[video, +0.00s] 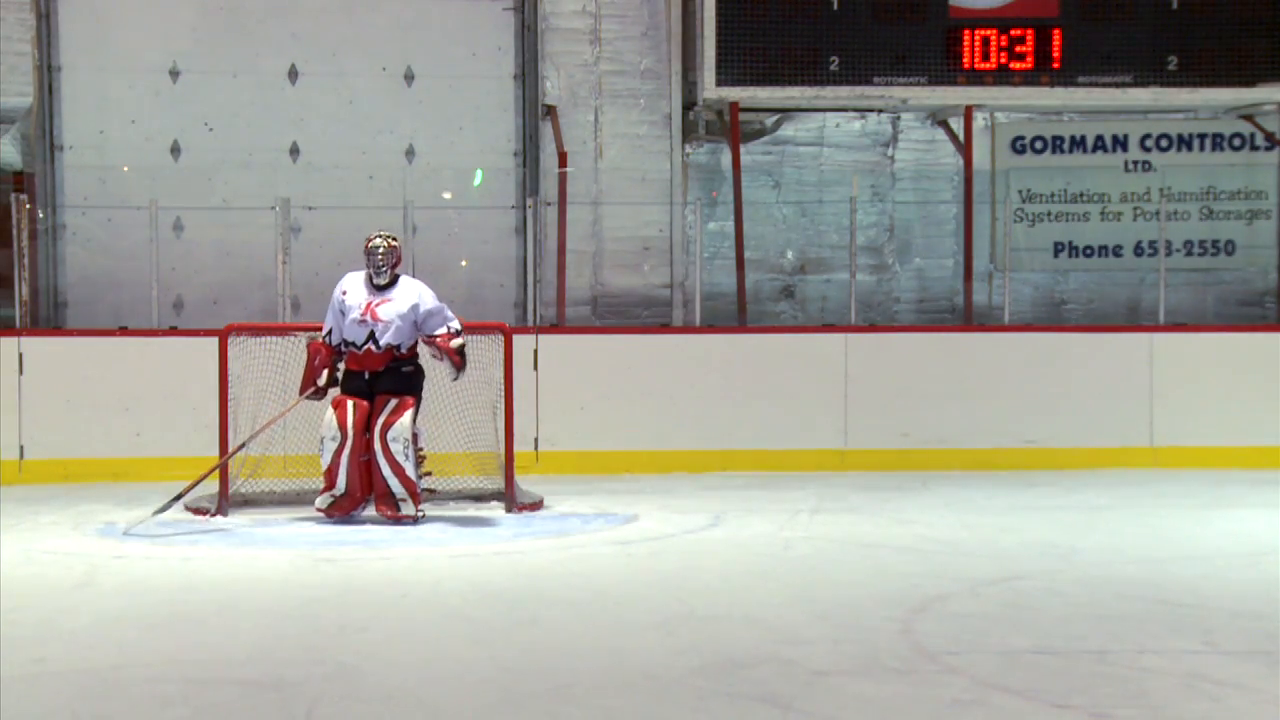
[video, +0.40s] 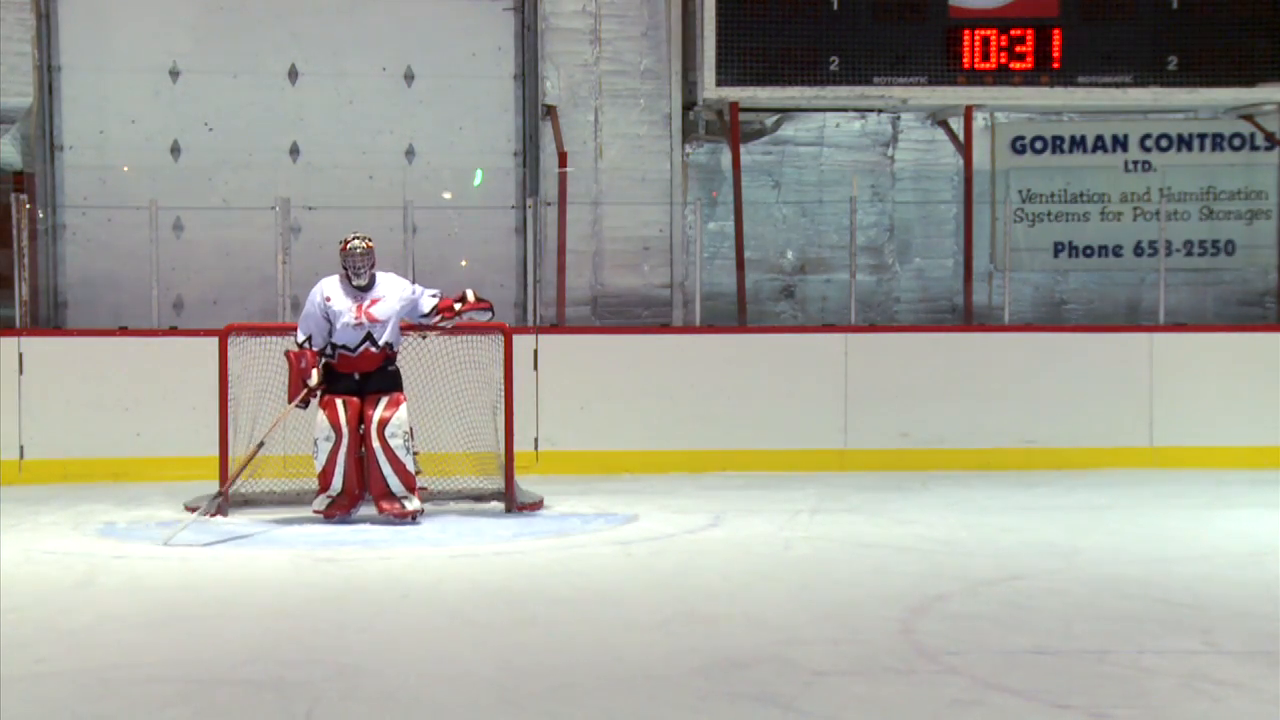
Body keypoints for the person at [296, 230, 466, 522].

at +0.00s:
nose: (380, 262)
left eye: (386, 256)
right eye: (374, 256)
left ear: (397, 259)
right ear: (366, 259)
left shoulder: (416, 293)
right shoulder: (348, 286)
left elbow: (446, 326)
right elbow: (332, 336)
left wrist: (452, 346)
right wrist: (323, 373)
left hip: (398, 379)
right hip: (356, 378)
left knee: (390, 434)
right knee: (341, 431)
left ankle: (399, 504)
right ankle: (342, 501)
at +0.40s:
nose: (359, 266)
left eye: (364, 260)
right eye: (353, 260)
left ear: (373, 260)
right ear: (343, 263)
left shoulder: (394, 287)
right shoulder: (325, 292)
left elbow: (428, 305)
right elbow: (309, 339)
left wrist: (459, 302)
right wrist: (310, 374)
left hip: (382, 376)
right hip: (340, 378)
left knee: (391, 434)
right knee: (335, 436)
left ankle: (399, 501)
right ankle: (337, 501)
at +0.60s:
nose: (351, 264)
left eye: (356, 258)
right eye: (345, 259)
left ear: (365, 259)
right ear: (335, 261)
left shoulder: (385, 286)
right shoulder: (318, 292)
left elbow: (416, 303)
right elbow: (300, 338)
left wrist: (448, 298)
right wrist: (308, 367)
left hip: (375, 375)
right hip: (335, 378)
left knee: (386, 434)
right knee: (336, 437)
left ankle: (391, 499)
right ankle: (337, 501)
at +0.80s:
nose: (346, 262)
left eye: (351, 256)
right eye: (340, 257)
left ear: (359, 258)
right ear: (330, 260)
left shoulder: (379, 286)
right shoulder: (315, 291)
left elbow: (408, 308)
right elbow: (297, 334)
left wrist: (444, 305)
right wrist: (313, 358)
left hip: (372, 375)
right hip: (334, 377)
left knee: (385, 431)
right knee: (339, 434)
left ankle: (388, 498)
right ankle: (337, 500)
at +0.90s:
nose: (345, 262)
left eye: (350, 256)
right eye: (339, 257)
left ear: (358, 257)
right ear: (329, 260)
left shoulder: (377, 285)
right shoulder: (314, 289)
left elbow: (407, 308)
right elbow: (295, 331)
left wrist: (443, 305)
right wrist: (309, 347)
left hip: (371, 375)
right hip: (333, 377)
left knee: (383, 432)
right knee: (337, 434)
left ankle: (386, 498)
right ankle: (337, 500)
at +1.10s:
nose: (343, 261)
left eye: (347, 255)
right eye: (336, 256)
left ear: (356, 256)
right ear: (326, 259)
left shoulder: (376, 285)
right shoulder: (313, 287)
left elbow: (407, 308)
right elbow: (292, 319)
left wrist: (441, 306)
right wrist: (304, 332)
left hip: (367, 371)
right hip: (326, 374)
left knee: (384, 426)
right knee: (331, 429)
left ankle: (384, 496)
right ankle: (335, 498)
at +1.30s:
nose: (342, 261)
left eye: (347, 255)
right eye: (336, 256)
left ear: (356, 256)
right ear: (326, 258)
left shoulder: (375, 285)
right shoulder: (311, 286)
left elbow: (404, 308)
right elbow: (293, 319)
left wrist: (440, 306)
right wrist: (296, 319)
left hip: (366, 372)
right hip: (325, 374)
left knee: (382, 428)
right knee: (331, 431)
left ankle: (386, 497)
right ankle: (334, 499)